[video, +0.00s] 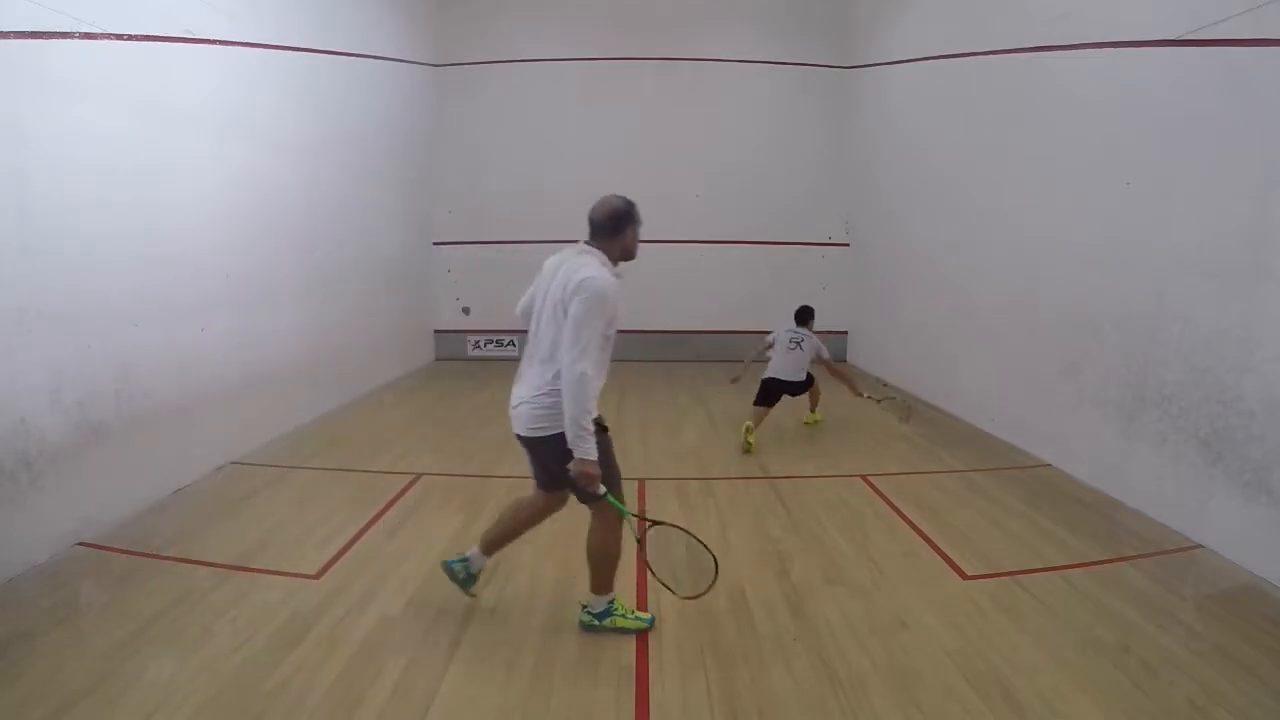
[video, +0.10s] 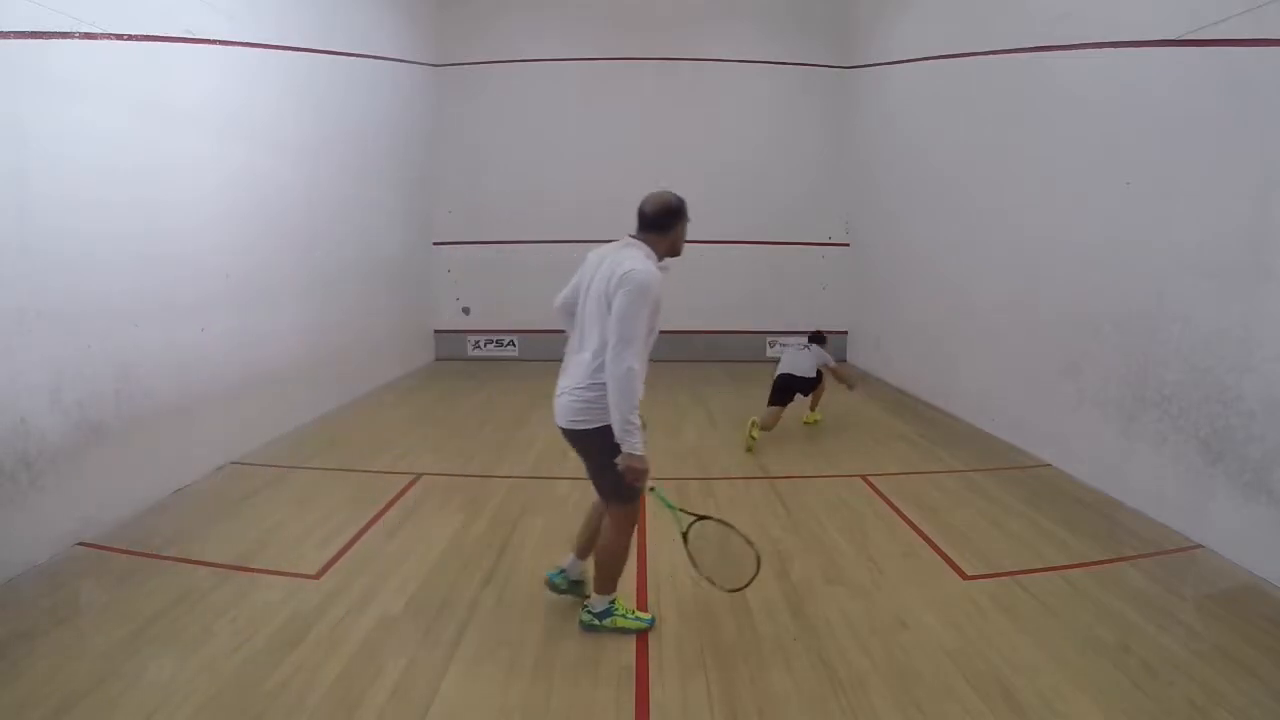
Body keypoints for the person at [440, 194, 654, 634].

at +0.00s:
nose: (639, 238)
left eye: (638, 231)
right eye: (636, 231)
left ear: (595, 229)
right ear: (621, 234)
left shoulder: (560, 261)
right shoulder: (598, 283)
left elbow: (523, 314)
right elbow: (579, 373)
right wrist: (584, 452)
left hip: (531, 413)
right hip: (563, 419)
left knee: (551, 495)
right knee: (609, 508)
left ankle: (471, 562)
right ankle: (600, 606)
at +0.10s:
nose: (685, 239)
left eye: (686, 231)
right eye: (684, 231)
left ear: (641, 224)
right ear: (673, 231)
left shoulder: (602, 255)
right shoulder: (642, 275)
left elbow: (565, 306)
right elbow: (624, 365)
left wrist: (599, 343)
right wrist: (632, 446)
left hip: (572, 406)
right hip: (597, 414)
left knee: (613, 492)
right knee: (624, 507)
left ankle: (574, 571)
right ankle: (601, 606)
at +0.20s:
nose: (728, 233)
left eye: (727, 225)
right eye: (727, 226)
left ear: (682, 224)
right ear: (720, 230)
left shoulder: (649, 256)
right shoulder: (688, 276)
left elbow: (604, 304)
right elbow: (670, 367)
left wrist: (604, 362)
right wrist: (686, 447)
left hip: (624, 408)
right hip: (639, 417)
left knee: (687, 477)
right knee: (638, 510)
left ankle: (687, 578)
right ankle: (600, 605)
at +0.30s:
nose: (770, 237)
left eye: (769, 230)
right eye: (769, 232)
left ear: (724, 230)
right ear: (764, 236)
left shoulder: (693, 266)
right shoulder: (737, 285)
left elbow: (643, 313)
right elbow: (724, 374)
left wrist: (627, 366)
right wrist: (746, 456)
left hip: (692, 418)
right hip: (683, 424)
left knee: (733, 490)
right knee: (661, 517)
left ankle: (776, 574)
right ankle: (603, 602)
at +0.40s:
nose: (811, 243)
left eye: (808, 238)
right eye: (811, 238)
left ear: (765, 239)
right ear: (806, 244)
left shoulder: (736, 276)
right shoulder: (787, 295)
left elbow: (686, 326)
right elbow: (782, 385)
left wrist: (668, 374)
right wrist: (804, 461)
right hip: (736, 435)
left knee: (789, 493)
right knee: (718, 529)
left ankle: (805, 586)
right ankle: (627, 590)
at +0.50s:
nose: (853, 241)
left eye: (847, 235)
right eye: (852, 236)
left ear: (804, 240)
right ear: (848, 244)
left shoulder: (779, 275)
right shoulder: (833, 296)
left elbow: (737, 327)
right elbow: (834, 387)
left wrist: (727, 378)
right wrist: (856, 454)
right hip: (785, 438)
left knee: (828, 495)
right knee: (804, 534)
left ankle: (810, 587)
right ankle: (700, 574)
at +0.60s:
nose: (894, 235)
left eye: (887, 228)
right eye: (894, 229)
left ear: (847, 232)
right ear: (889, 236)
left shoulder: (820, 267)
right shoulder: (875, 291)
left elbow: (781, 322)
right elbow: (879, 384)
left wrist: (801, 371)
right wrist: (905, 450)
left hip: (798, 419)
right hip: (829, 429)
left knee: (839, 497)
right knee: (879, 520)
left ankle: (811, 582)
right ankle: (797, 589)